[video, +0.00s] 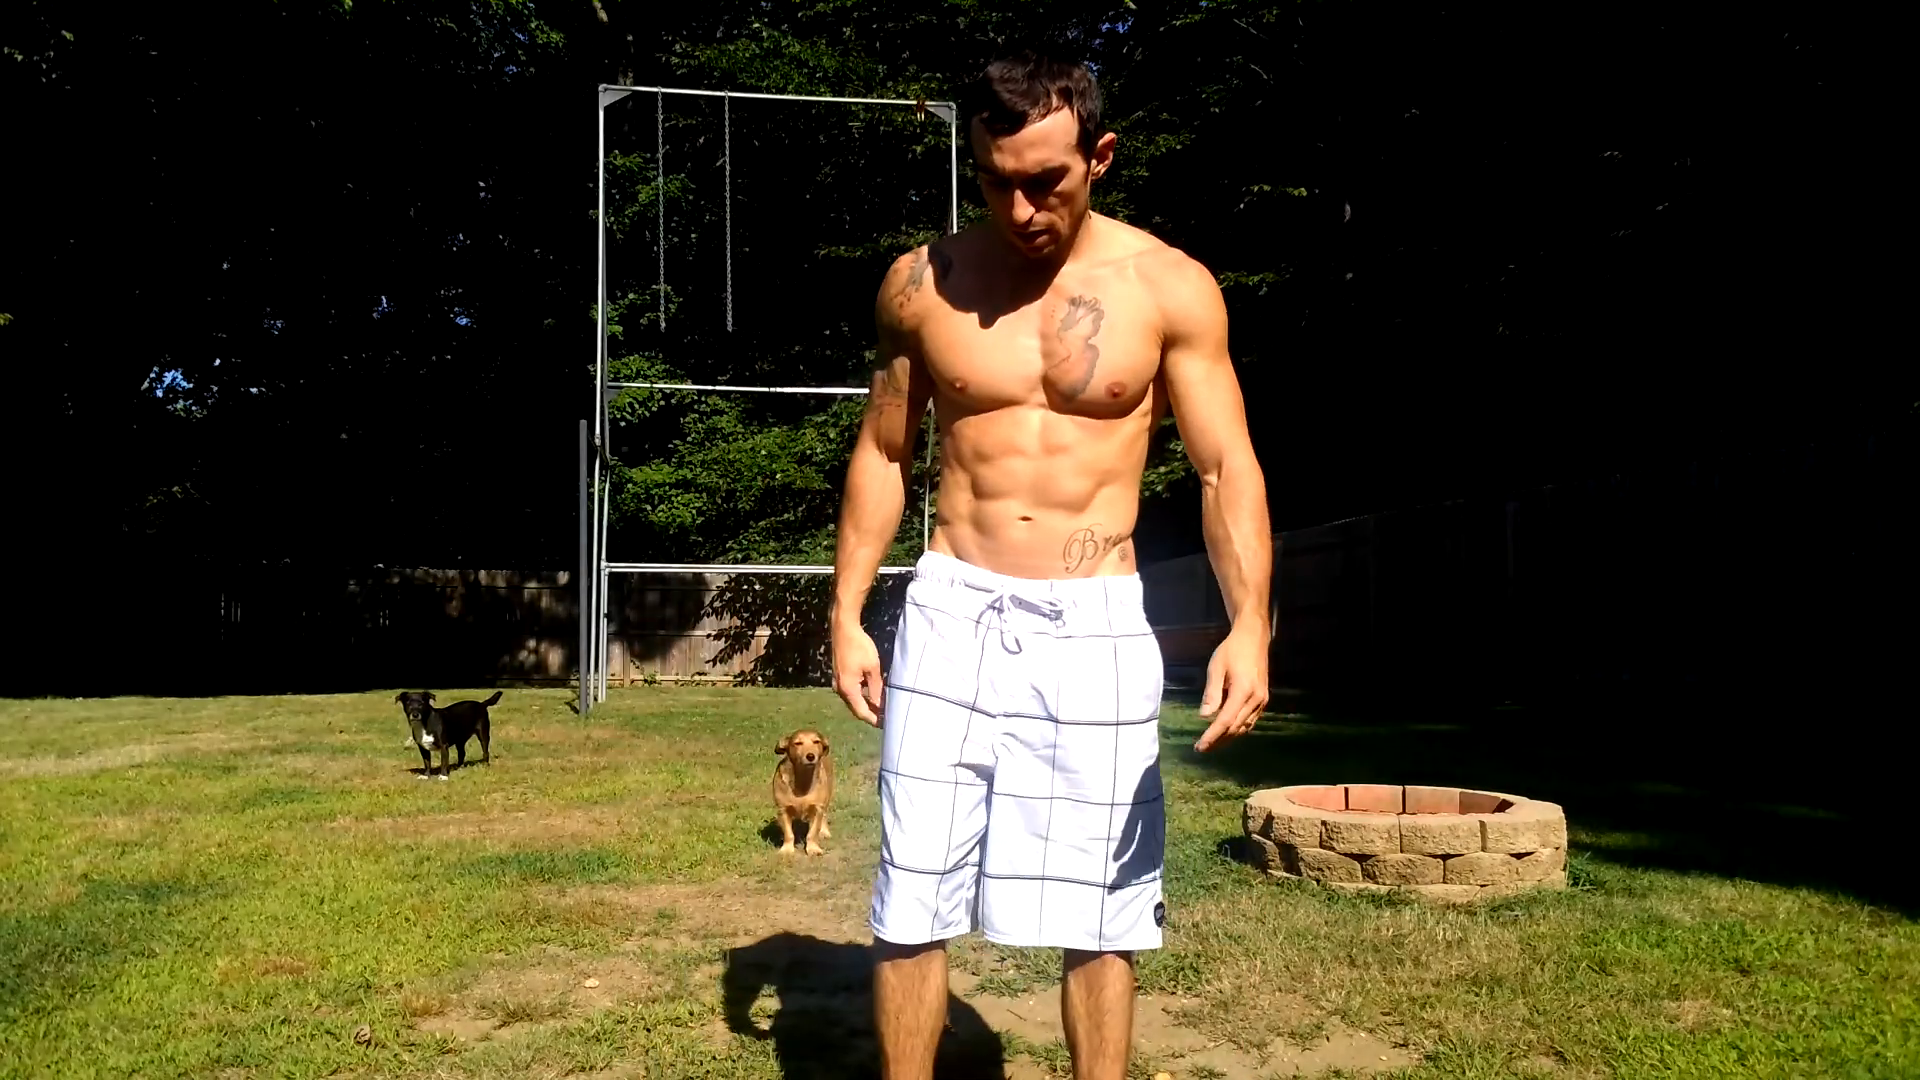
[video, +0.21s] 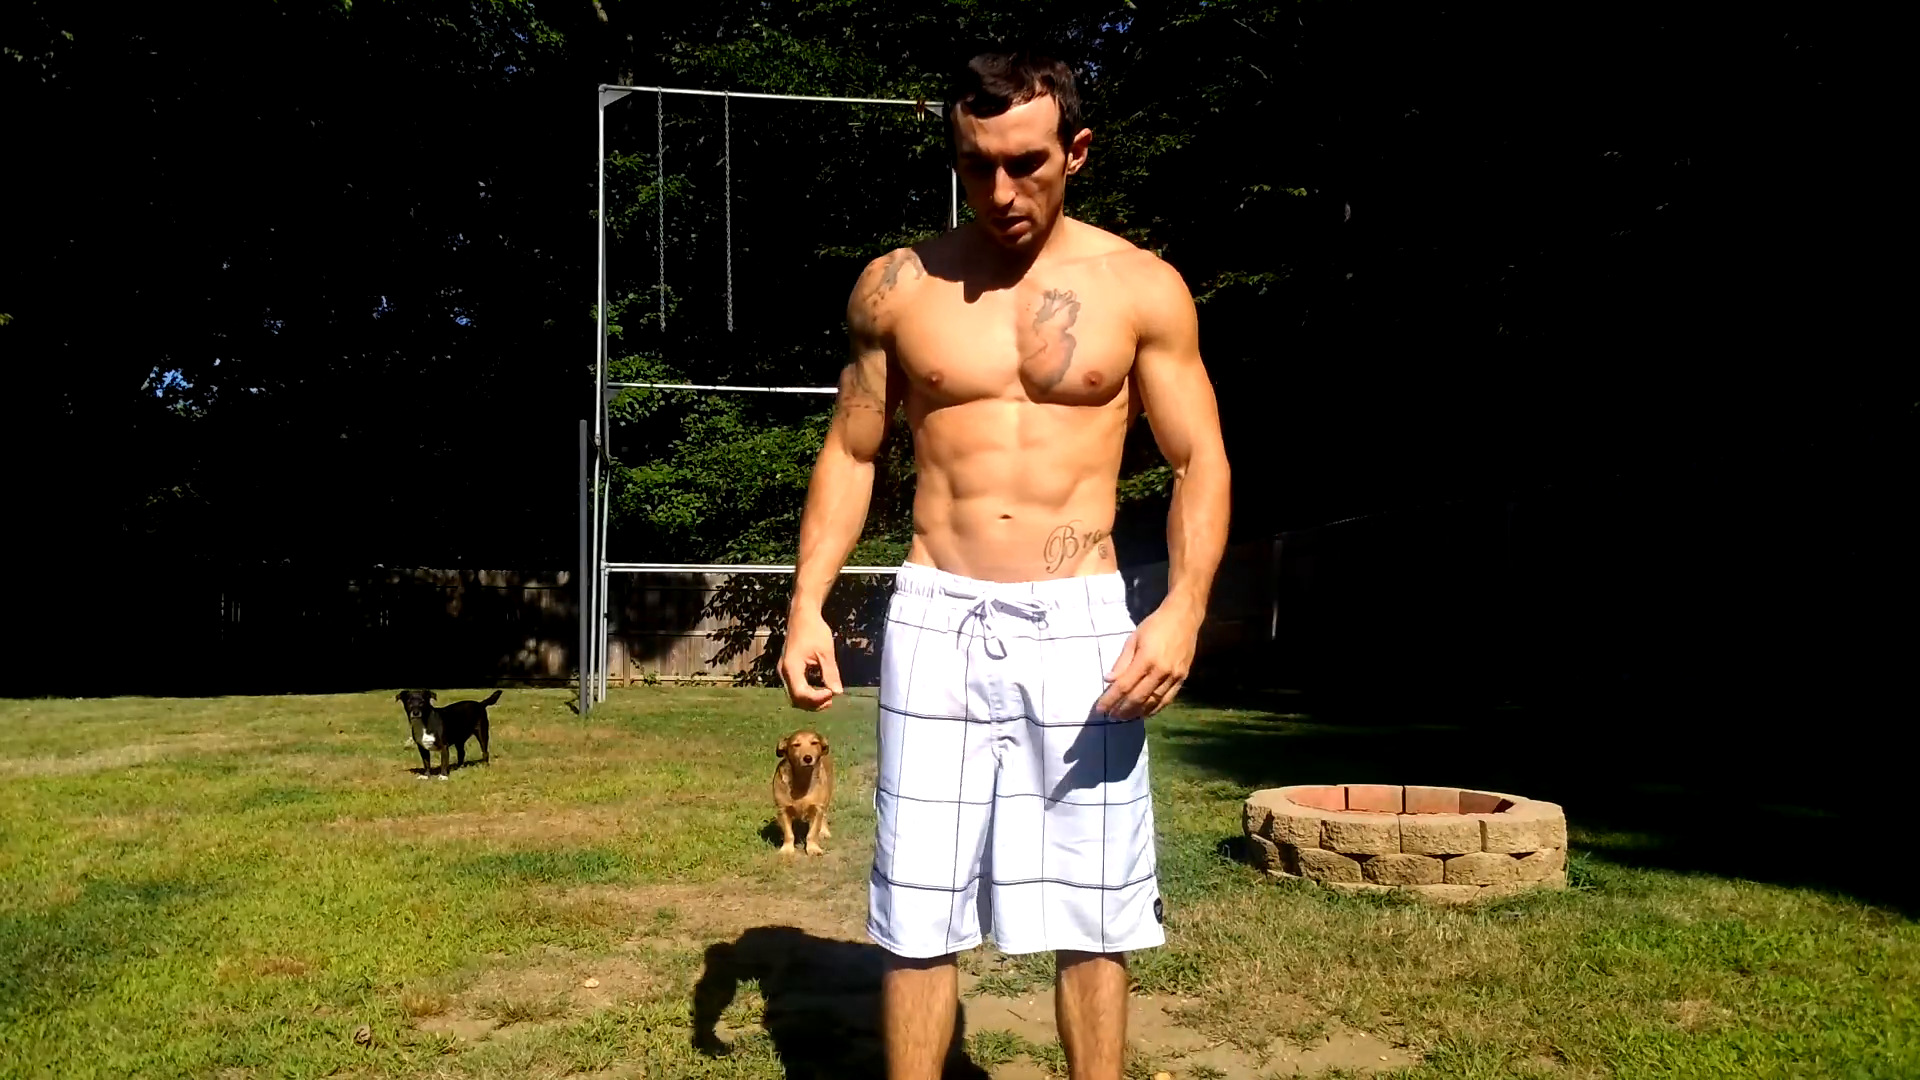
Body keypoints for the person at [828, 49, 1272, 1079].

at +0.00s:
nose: (1021, 208)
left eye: (1044, 181)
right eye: (997, 182)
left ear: (1098, 153)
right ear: (972, 161)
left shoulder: (1173, 288)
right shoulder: (921, 282)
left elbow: (1227, 469)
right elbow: (884, 448)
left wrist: (1249, 625)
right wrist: (846, 613)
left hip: (1097, 625)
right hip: (951, 614)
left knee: (1101, 917)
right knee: (912, 908)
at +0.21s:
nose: (1002, 190)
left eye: (1026, 163)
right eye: (980, 164)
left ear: (1072, 151)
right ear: (954, 154)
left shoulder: (1142, 287)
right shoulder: (894, 287)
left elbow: (1201, 463)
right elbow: (851, 454)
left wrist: (1184, 609)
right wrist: (807, 606)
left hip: (1080, 623)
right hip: (936, 618)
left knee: (1093, 916)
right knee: (916, 916)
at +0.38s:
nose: (965, 175)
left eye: (989, 150)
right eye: (943, 152)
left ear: (1031, 153)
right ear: (916, 157)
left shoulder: (1099, 292)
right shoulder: (852, 294)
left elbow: (1157, 457)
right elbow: (805, 460)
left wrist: (1150, 593)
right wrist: (767, 612)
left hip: (1049, 624)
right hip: (902, 623)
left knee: (1085, 923)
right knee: (905, 922)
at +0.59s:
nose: (943, 150)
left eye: (966, 127)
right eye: (919, 128)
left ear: (1000, 145)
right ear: (889, 147)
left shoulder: (1071, 289)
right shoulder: (820, 293)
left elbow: (1124, 467)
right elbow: (773, 468)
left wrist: (1152, 628)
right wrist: (749, 637)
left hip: (1034, 623)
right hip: (886, 627)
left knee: (1073, 928)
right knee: (899, 932)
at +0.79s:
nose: (954, 137)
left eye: (979, 117)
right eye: (930, 116)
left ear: (1013, 143)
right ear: (900, 140)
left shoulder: (1082, 288)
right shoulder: (827, 289)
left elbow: (1136, 469)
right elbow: (782, 463)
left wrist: (1164, 639)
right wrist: (757, 635)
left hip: (1039, 627)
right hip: (889, 631)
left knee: (1070, 936)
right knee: (894, 943)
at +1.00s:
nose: (993, 132)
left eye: (1017, 112)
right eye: (970, 110)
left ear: (1049, 135)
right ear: (936, 132)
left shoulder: (1117, 285)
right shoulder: (859, 282)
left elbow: (1170, 466)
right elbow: (806, 454)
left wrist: (1185, 627)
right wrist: (782, 625)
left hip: (1070, 625)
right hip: (918, 625)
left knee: (1083, 933)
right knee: (911, 941)